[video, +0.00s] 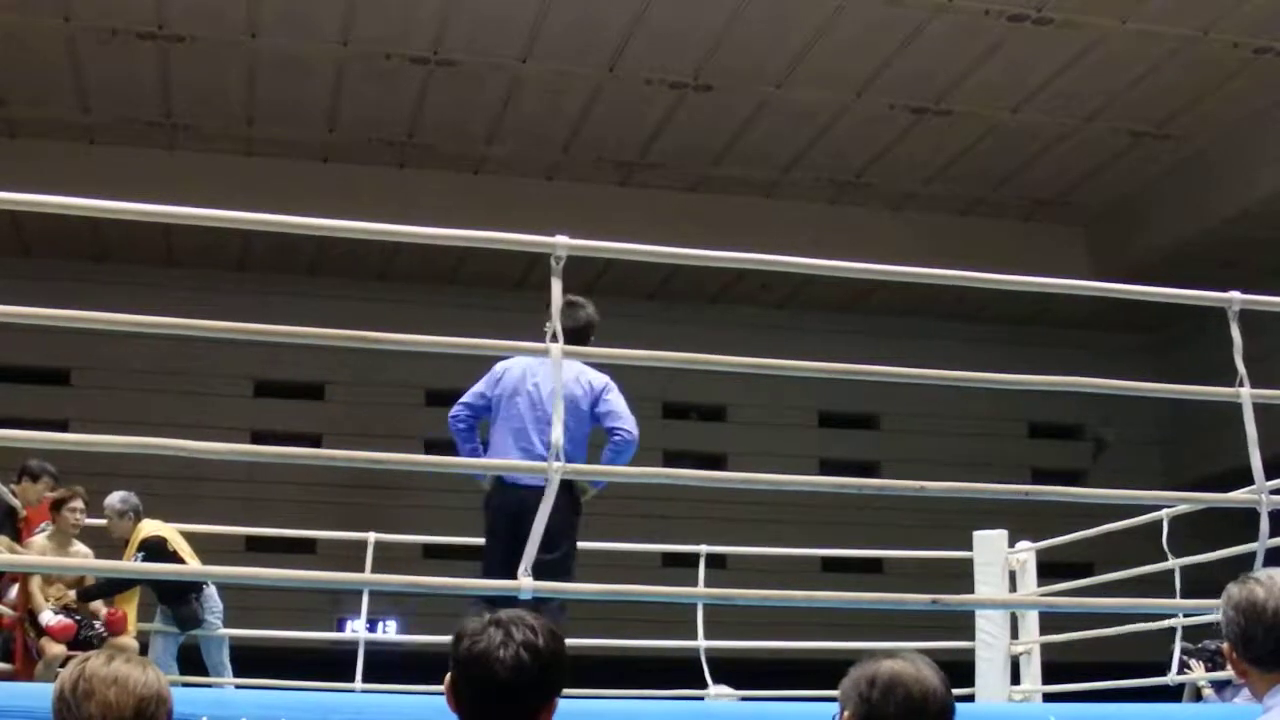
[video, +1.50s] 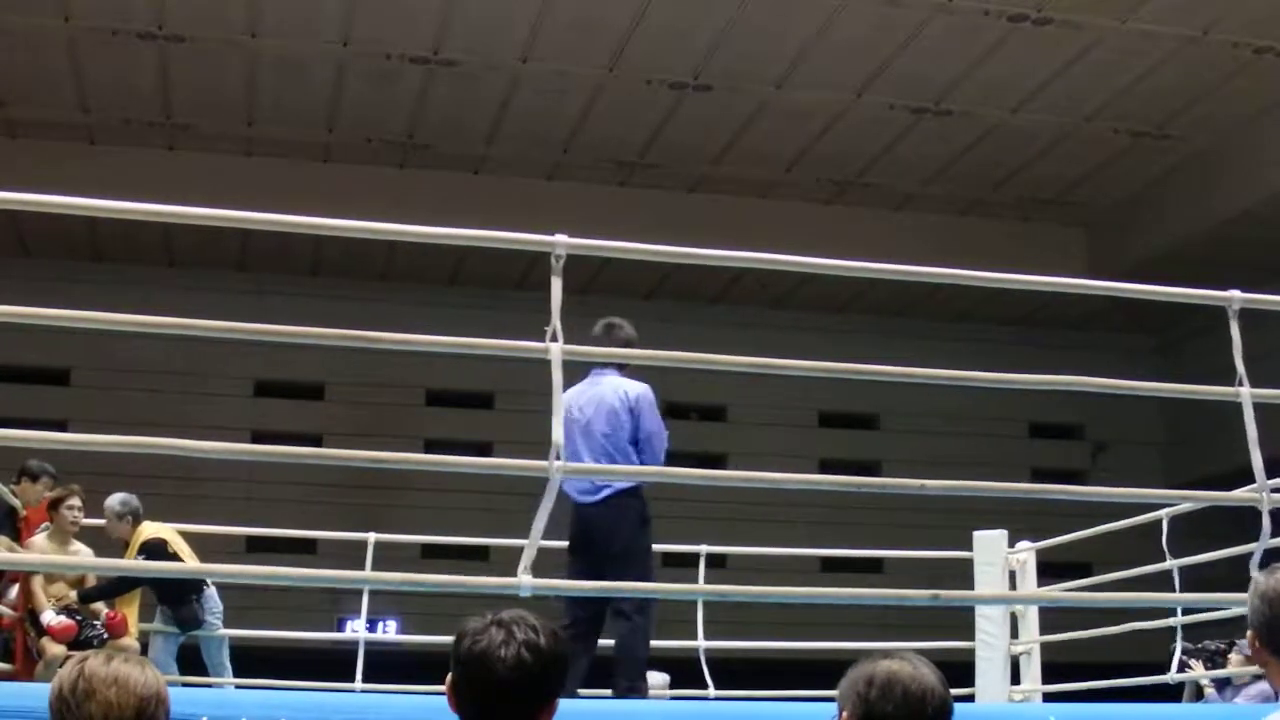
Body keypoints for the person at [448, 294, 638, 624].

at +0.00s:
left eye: (551, 324)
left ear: (548, 329)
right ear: (587, 339)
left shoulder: (507, 369)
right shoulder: (594, 382)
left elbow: (460, 416)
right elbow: (626, 435)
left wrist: (483, 473)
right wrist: (591, 486)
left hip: (504, 496)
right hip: (558, 502)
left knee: (497, 587)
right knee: (551, 593)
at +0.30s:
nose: (618, 353)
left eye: (619, 345)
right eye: (616, 344)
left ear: (575, 339)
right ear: (597, 340)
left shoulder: (527, 376)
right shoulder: (607, 385)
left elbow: (480, 424)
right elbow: (636, 437)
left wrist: (505, 476)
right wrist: (608, 488)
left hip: (521, 494)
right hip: (571, 498)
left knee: (518, 581)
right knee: (562, 587)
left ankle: (511, 667)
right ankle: (544, 671)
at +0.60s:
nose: (626, 354)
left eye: (627, 346)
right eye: (623, 345)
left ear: (584, 346)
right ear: (602, 345)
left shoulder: (544, 389)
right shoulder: (605, 385)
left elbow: (512, 447)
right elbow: (621, 434)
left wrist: (535, 484)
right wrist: (612, 485)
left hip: (538, 501)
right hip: (578, 501)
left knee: (540, 590)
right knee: (570, 595)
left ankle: (527, 682)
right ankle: (555, 687)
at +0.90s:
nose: (626, 361)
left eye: (626, 353)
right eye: (621, 352)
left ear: (583, 353)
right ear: (602, 353)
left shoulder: (553, 396)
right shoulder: (601, 387)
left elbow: (533, 457)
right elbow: (610, 431)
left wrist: (549, 490)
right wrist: (618, 484)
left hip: (552, 505)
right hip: (587, 502)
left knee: (559, 600)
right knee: (600, 599)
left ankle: (547, 686)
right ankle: (568, 686)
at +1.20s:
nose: (626, 360)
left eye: (626, 352)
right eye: (622, 352)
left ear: (583, 356)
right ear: (604, 355)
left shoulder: (554, 400)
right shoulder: (608, 390)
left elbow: (540, 459)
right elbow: (628, 431)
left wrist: (566, 488)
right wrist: (670, 471)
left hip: (567, 511)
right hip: (603, 507)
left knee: (574, 601)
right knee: (631, 598)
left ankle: (563, 684)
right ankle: (591, 684)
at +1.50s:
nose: (634, 355)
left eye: (632, 348)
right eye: (633, 349)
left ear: (593, 351)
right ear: (628, 353)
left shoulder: (569, 397)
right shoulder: (637, 393)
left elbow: (563, 452)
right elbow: (655, 445)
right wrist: (640, 478)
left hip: (583, 510)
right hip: (625, 507)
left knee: (582, 604)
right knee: (632, 601)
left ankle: (563, 693)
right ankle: (629, 695)